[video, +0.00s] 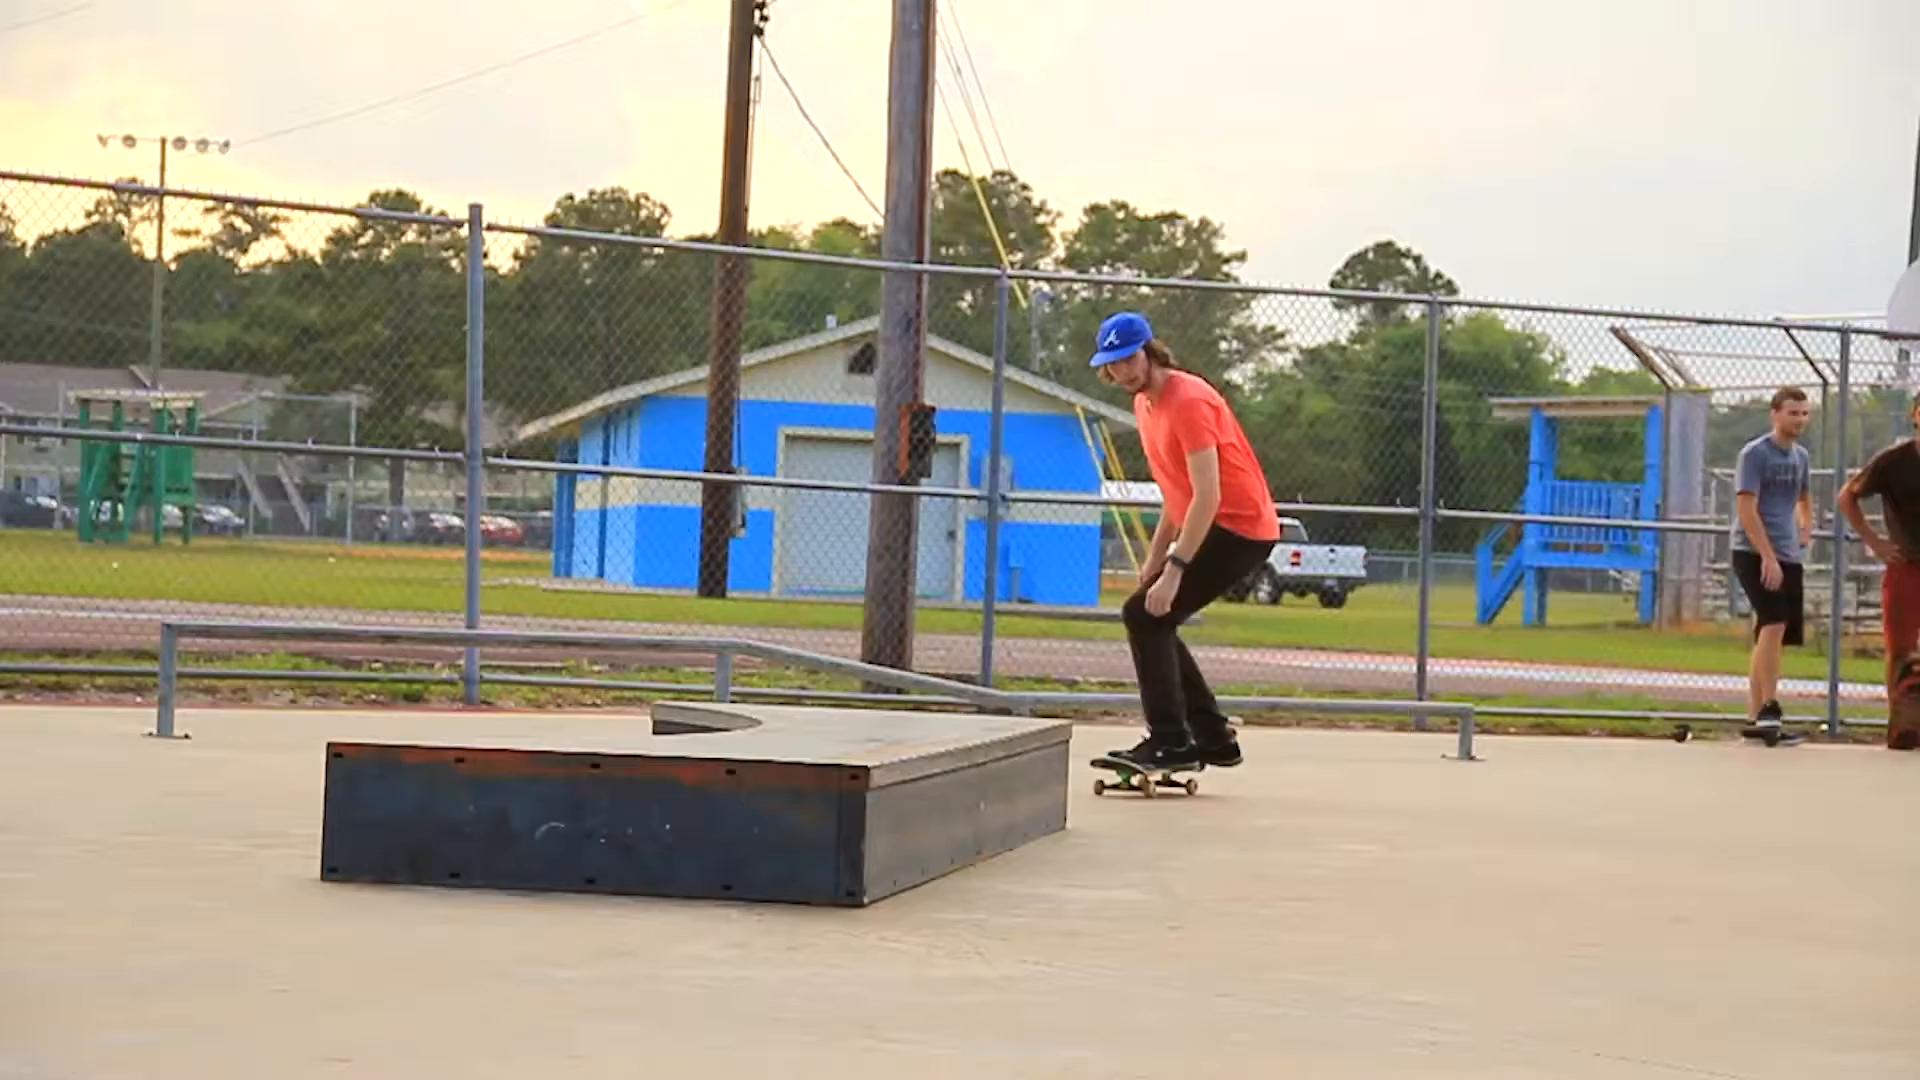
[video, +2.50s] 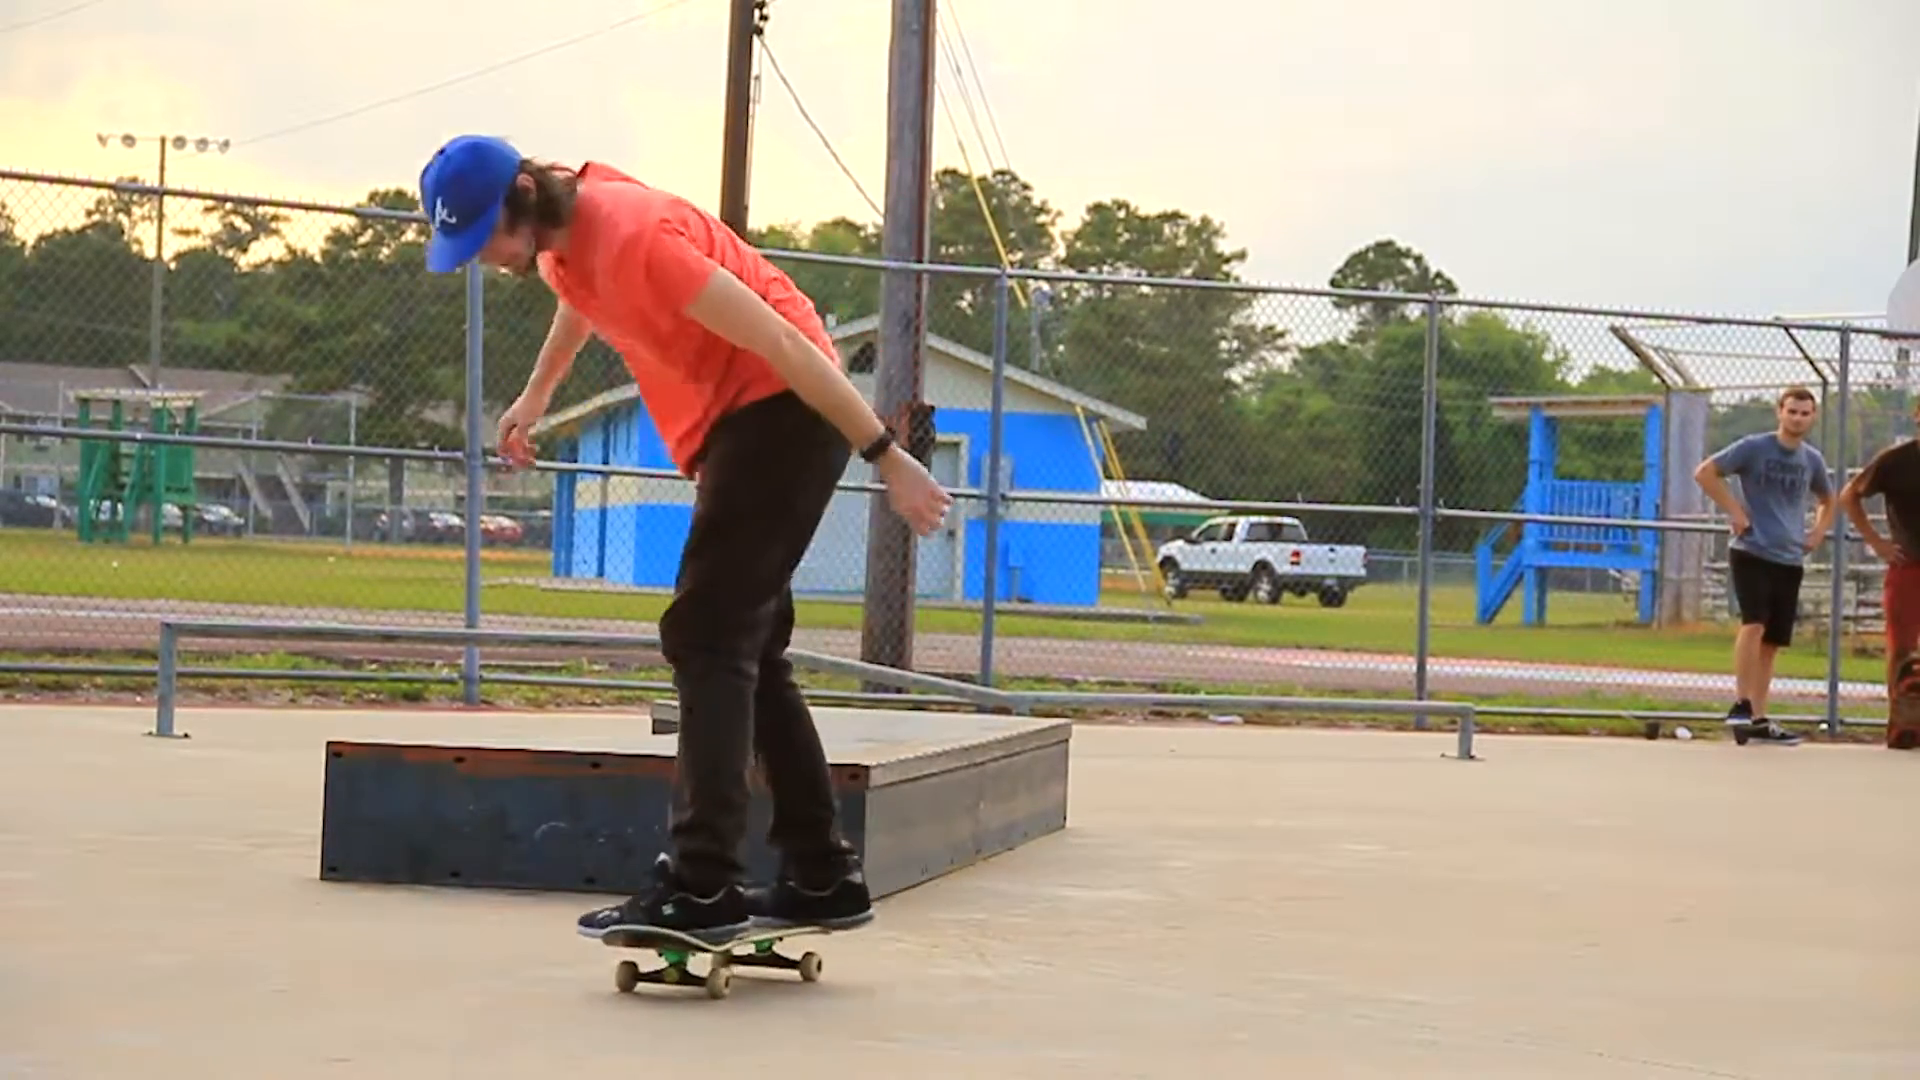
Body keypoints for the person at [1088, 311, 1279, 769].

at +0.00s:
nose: (1121, 373)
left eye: (1127, 360)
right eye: (1111, 365)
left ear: (1149, 352)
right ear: (1106, 368)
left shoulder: (1187, 400)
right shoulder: (1145, 405)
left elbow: (1207, 495)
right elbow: (1176, 491)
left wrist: (1174, 571)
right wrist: (1156, 559)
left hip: (1240, 528)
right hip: (1213, 526)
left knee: (1143, 614)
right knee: (1150, 618)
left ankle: (1169, 742)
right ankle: (1211, 737)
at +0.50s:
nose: (1001, 313)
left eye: (1005, 304)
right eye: (997, 306)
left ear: (1028, 296)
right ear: (1003, 304)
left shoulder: (1071, 337)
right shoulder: (1014, 349)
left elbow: (1074, 351)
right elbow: (967, 375)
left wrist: (1014, 299)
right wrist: (890, 347)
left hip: (1102, 507)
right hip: (1076, 507)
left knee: (1009, 619)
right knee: (1025, 627)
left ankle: (1059, 752)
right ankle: (1092, 752)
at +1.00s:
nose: (879, 196)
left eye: (878, 186)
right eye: (871, 190)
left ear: (904, 167)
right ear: (915, 160)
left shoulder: (939, 192)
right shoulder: (951, 169)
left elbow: (911, 213)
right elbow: (979, 145)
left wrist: (826, 211)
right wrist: (989, 103)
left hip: (985, 382)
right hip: (944, 376)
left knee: (891, 508)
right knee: (860, 473)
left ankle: (934, 668)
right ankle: (931, 593)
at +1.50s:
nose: (762, 197)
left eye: (765, 183)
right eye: (753, 187)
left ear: (792, 161)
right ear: (774, 154)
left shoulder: (838, 194)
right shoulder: (826, 123)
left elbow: (831, 266)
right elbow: (849, 53)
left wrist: (786, 331)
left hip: (929, 346)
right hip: (882, 342)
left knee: (834, 488)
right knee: (793, 452)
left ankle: (850, 678)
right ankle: (857, 617)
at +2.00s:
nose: (679, 251)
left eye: (676, 237)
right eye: (668, 242)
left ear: (702, 205)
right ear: (687, 201)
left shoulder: (769, 225)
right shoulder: (749, 128)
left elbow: (774, 350)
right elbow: (829, 35)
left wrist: (680, 425)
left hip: (911, 358)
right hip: (855, 360)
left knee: (816, 530)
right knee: (755, 511)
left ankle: (837, 758)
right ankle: (809, 707)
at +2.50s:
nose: (492, 260)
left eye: (491, 242)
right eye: (478, 250)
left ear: (521, 202)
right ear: (508, 208)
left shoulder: (633, 237)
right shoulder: (568, 232)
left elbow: (777, 335)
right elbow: (578, 307)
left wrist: (887, 456)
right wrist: (532, 400)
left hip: (782, 406)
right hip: (742, 413)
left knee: (707, 633)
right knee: (752, 652)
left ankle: (701, 882)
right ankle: (820, 873)